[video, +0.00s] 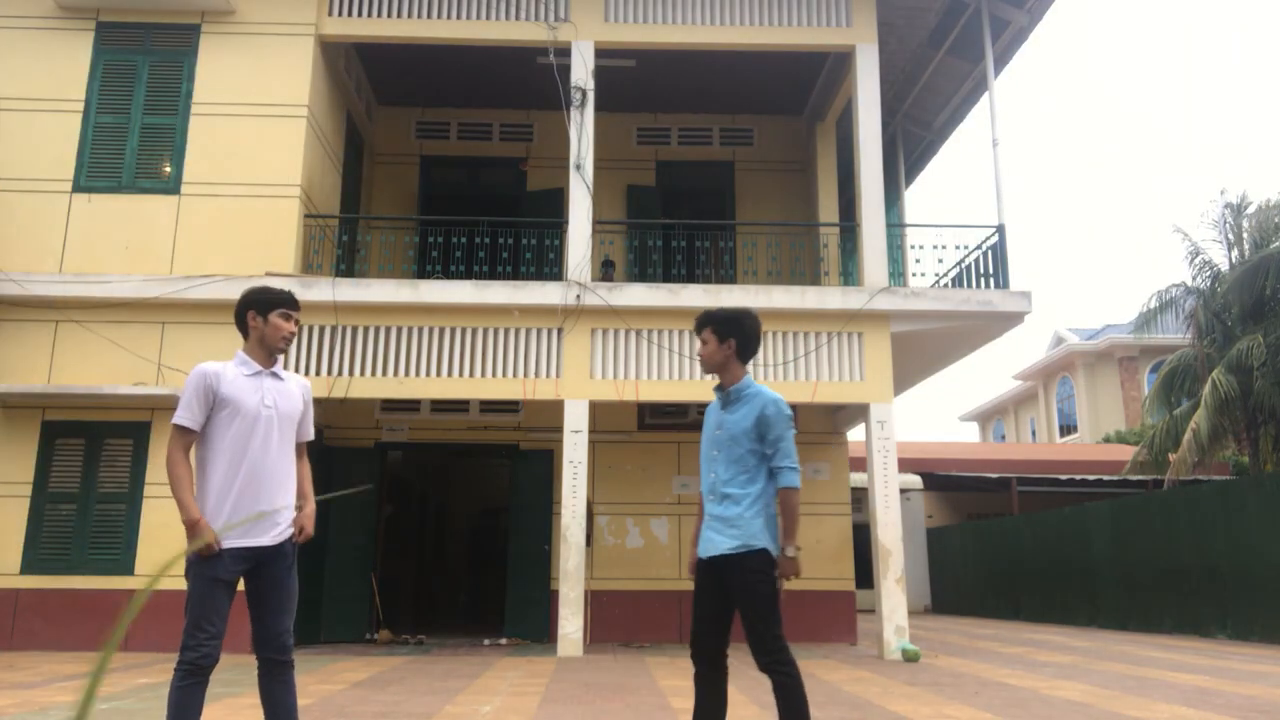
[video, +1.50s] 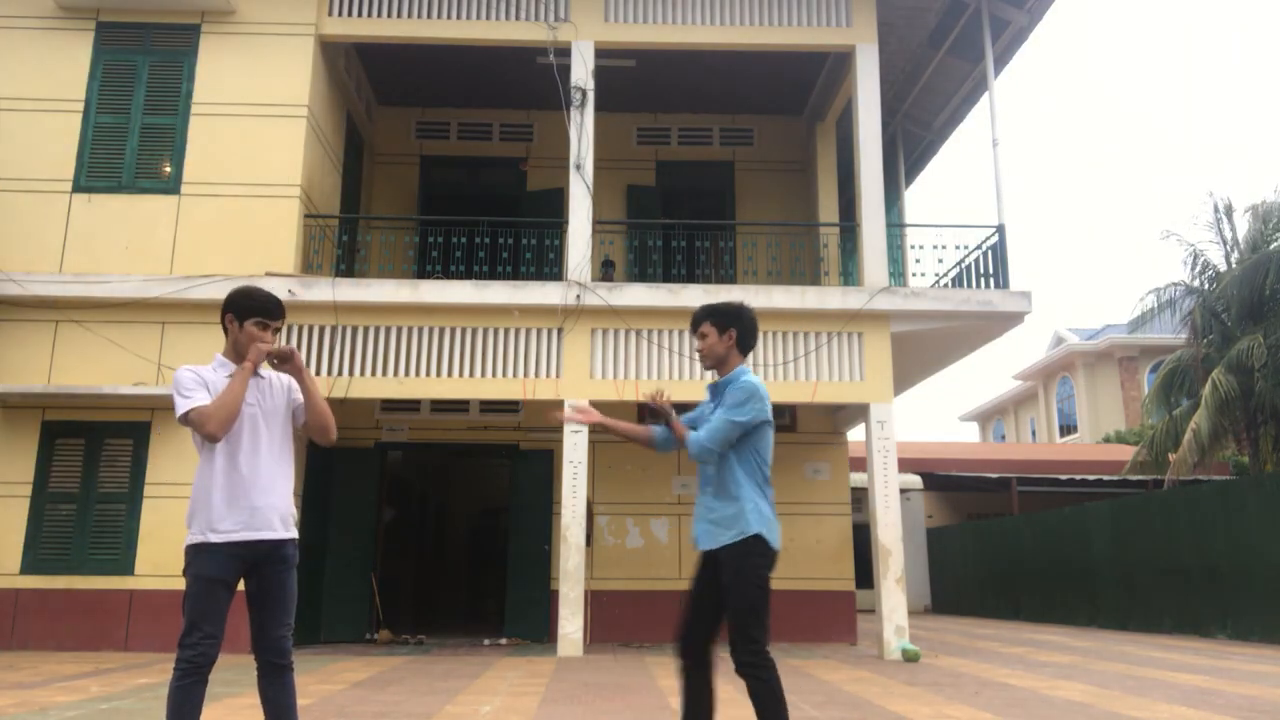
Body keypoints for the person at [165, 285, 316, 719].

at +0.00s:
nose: (293, 328)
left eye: (296, 321)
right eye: (285, 317)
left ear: (294, 329)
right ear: (253, 320)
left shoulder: (298, 388)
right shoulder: (210, 377)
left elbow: (301, 454)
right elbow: (176, 450)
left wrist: (308, 504)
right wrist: (192, 519)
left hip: (278, 545)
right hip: (218, 544)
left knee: (278, 656)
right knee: (199, 657)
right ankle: (179, 719)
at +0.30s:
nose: (302, 331)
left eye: (304, 323)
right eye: (294, 320)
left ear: (287, 327)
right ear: (263, 320)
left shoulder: (304, 391)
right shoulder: (215, 378)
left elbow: (305, 456)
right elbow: (174, 450)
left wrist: (318, 503)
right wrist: (199, 510)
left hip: (287, 543)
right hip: (228, 541)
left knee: (282, 657)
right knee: (205, 657)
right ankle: (184, 719)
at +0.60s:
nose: (292, 330)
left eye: (295, 323)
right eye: (285, 320)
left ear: (289, 328)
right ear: (253, 320)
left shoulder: (297, 388)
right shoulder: (206, 381)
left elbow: (305, 456)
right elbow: (186, 458)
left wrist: (315, 503)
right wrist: (222, 511)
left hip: (281, 544)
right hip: (220, 543)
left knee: (282, 657)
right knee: (201, 655)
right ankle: (181, 719)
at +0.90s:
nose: (283, 330)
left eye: (285, 322)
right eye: (275, 319)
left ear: (277, 328)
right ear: (242, 320)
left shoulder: (289, 387)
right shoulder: (197, 382)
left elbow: (300, 455)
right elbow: (176, 459)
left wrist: (306, 502)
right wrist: (230, 493)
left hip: (275, 543)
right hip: (215, 543)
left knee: (278, 658)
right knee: (198, 656)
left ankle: (284, 719)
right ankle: (179, 719)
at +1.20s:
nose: (277, 329)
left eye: (280, 322)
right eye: (269, 319)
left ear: (277, 327)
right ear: (237, 320)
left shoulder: (288, 386)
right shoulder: (194, 382)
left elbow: (298, 451)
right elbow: (169, 459)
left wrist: (292, 475)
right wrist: (240, 469)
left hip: (276, 542)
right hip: (214, 542)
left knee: (278, 657)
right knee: (197, 656)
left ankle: (284, 719)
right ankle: (180, 719)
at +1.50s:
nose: (268, 337)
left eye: (275, 330)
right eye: (260, 326)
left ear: (279, 335)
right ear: (230, 323)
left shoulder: (285, 386)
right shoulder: (193, 377)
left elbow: (326, 434)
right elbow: (213, 427)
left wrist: (302, 374)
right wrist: (247, 366)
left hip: (277, 538)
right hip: (215, 538)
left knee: (278, 658)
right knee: (197, 656)